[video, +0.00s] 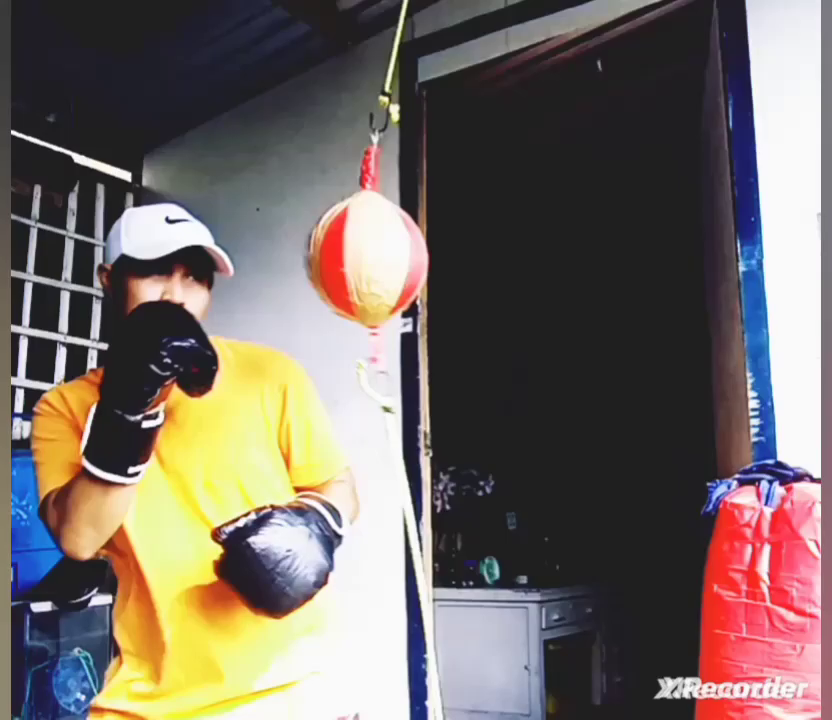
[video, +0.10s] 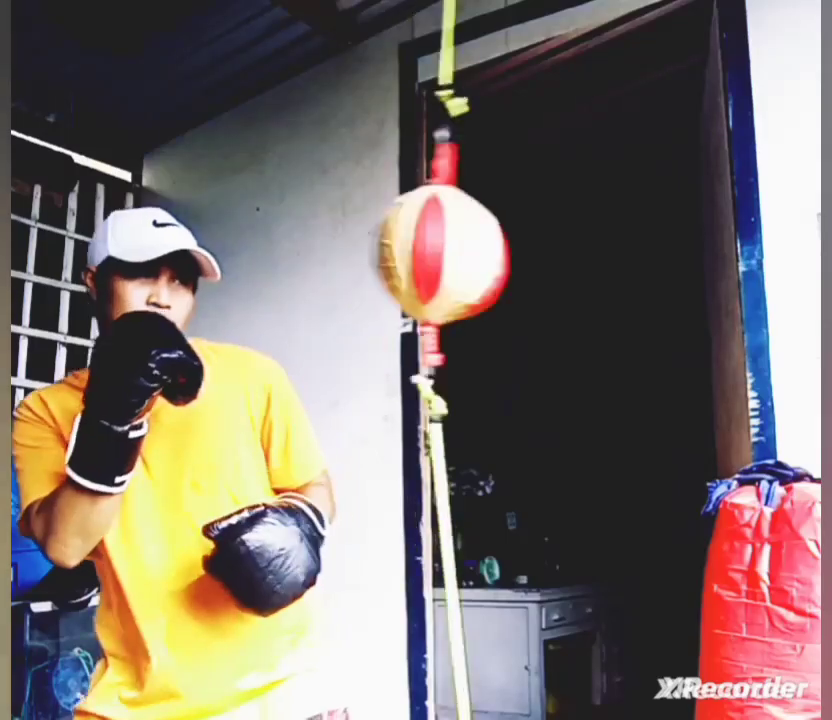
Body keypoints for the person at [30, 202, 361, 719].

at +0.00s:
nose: (176, 293)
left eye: (193, 276)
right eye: (155, 272)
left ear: (210, 288)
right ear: (110, 281)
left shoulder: (272, 376)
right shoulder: (70, 408)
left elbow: (336, 484)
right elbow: (78, 538)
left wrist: (313, 525)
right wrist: (126, 413)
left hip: (289, 683)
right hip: (149, 691)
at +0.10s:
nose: (162, 294)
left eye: (179, 278)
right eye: (142, 274)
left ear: (194, 292)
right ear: (96, 284)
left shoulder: (254, 378)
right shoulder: (52, 412)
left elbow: (313, 486)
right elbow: (64, 546)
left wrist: (297, 526)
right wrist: (112, 419)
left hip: (276, 685)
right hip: (138, 696)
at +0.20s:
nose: (161, 290)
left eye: (176, 274)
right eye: (141, 269)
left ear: (190, 286)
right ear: (91, 279)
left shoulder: (245, 375)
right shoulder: (42, 403)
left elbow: (300, 480)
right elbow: (47, 538)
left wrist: (288, 521)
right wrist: (106, 417)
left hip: (272, 688)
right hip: (124, 697)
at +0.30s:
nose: (168, 294)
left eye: (184, 278)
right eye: (148, 273)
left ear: (197, 290)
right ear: (95, 280)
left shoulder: (249, 378)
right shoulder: (42, 401)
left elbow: (300, 487)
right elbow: (54, 531)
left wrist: (294, 530)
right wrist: (119, 406)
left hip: (259, 690)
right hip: (113, 698)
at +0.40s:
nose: (191, 293)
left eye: (205, 278)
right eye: (169, 271)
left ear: (218, 291)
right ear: (116, 277)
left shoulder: (267, 382)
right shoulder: (59, 400)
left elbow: (310, 493)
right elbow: (71, 537)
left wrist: (306, 537)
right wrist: (141, 411)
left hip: (261, 695)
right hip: (117, 700)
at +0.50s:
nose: (227, 289)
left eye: (242, 272)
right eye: (207, 266)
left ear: (253, 284)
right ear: (154, 271)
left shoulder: (299, 384)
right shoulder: (85, 392)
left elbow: (338, 498)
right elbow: (79, 547)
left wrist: (324, 531)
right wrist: (156, 438)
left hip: (276, 697)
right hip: (133, 700)